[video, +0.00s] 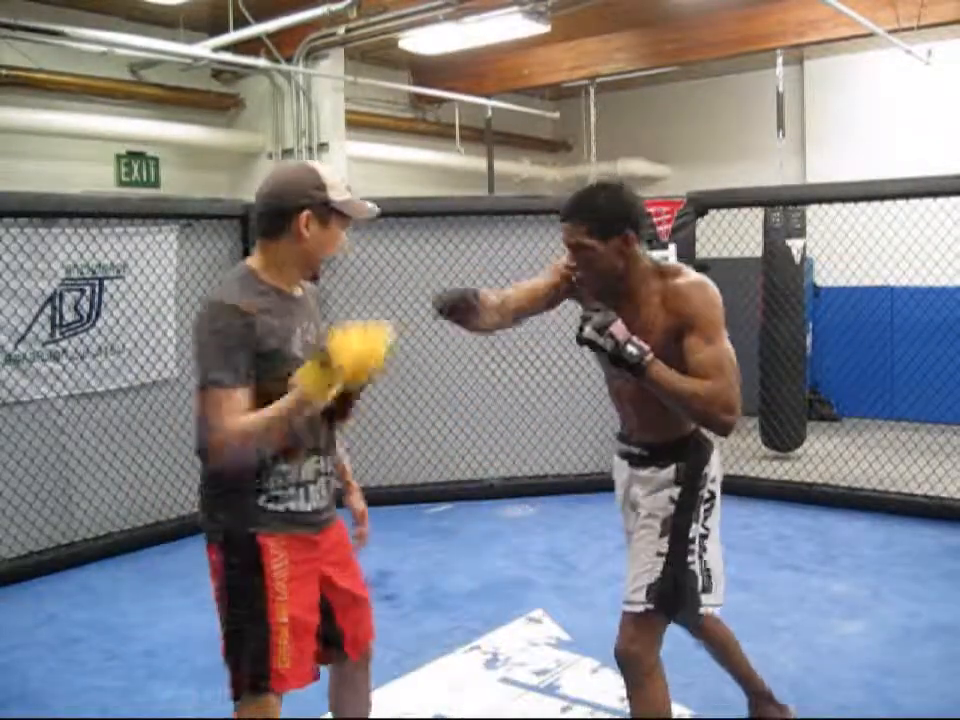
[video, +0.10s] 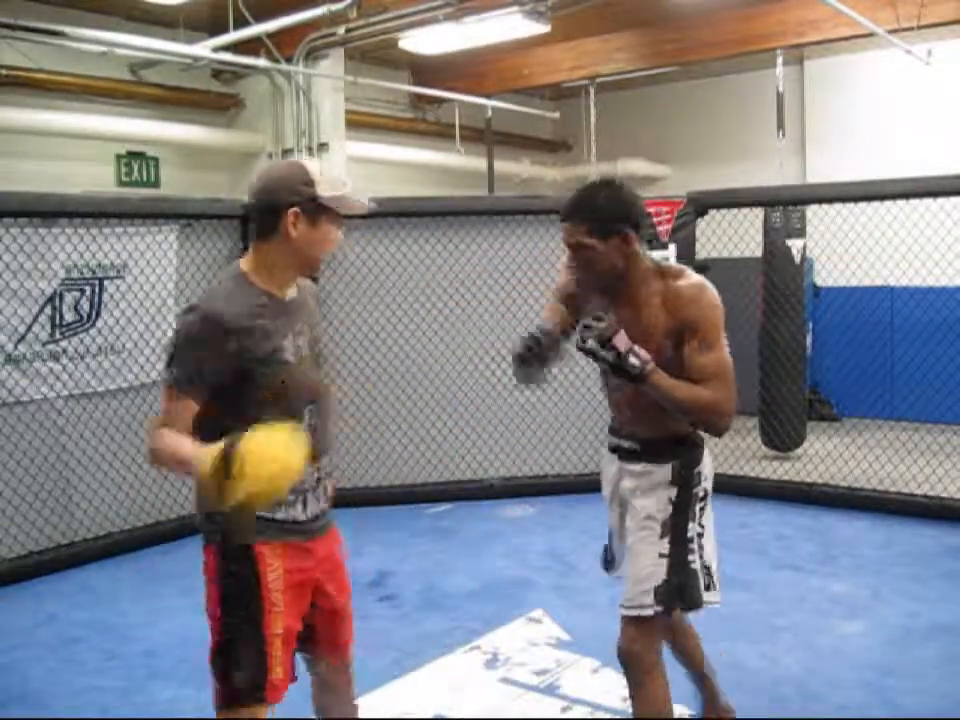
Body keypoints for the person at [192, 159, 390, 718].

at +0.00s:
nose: (343, 239)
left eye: (345, 226)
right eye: (339, 225)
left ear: (304, 227)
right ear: (303, 225)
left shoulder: (304, 298)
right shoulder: (228, 309)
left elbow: (309, 411)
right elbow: (222, 443)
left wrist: (347, 482)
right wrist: (306, 396)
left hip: (319, 519)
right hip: (255, 529)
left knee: (353, 651)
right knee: (261, 690)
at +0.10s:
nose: (339, 237)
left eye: (340, 222)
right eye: (332, 221)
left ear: (296, 225)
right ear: (293, 224)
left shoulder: (303, 296)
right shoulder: (214, 318)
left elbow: (290, 401)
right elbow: (164, 438)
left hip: (316, 530)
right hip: (251, 544)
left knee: (334, 670)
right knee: (246, 699)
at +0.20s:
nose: (326, 247)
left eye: (326, 233)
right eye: (319, 232)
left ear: (281, 235)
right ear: (280, 234)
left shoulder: (296, 309)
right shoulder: (192, 337)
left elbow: (290, 417)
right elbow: (150, 452)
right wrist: (177, 513)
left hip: (310, 557)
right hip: (240, 574)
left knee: (329, 690)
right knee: (243, 709)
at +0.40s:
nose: (332, 243)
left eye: (333, 228)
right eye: (327, 227)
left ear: (288, 227)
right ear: (291, 227)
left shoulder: (292, 295)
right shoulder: (191, 338)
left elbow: (283, 424)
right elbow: (147, 478)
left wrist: (306, 518)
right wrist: (249, 538)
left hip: (307, 561)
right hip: (224, 583)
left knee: (364, 701)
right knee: (225, 711)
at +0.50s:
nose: (350, 244)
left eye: (352, 228)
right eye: (348, 227)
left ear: (306, 227)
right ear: (317, 227)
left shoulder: (293, 301)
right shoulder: (219, 334)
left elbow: (275, 456)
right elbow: (181, 494)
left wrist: (343, 519)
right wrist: (313, 529)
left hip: (316, 579)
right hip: (236, 599)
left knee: (385, 708)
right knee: (224, 711)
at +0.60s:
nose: (383, 257)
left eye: (384, 240)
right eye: (382, 239)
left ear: (327, 240)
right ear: (356, 241)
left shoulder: (312, 326)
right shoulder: (257, 350)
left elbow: (294, 501)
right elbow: (243, 524)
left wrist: (364, 564)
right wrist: (386, 541)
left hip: (335, 607)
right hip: (252, 627)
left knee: (394, 710)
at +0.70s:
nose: (432, 258)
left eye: (431, 242)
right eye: (430, 242)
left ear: (351, 241)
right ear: (409, 245)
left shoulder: (355, 336)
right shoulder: (317, 350)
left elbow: (336, 509)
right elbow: (311, 531)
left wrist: (432, 552)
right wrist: (449, 549)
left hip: (370, 621)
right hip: (292, 644)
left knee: (427, 709)